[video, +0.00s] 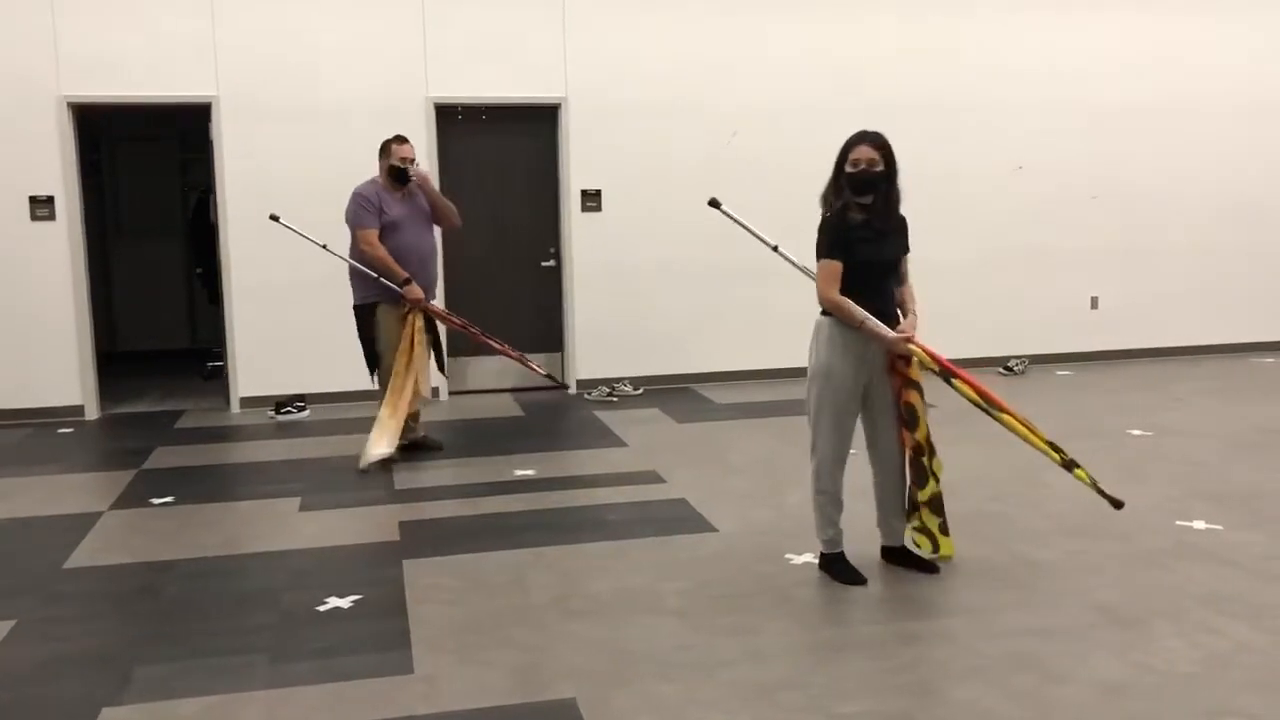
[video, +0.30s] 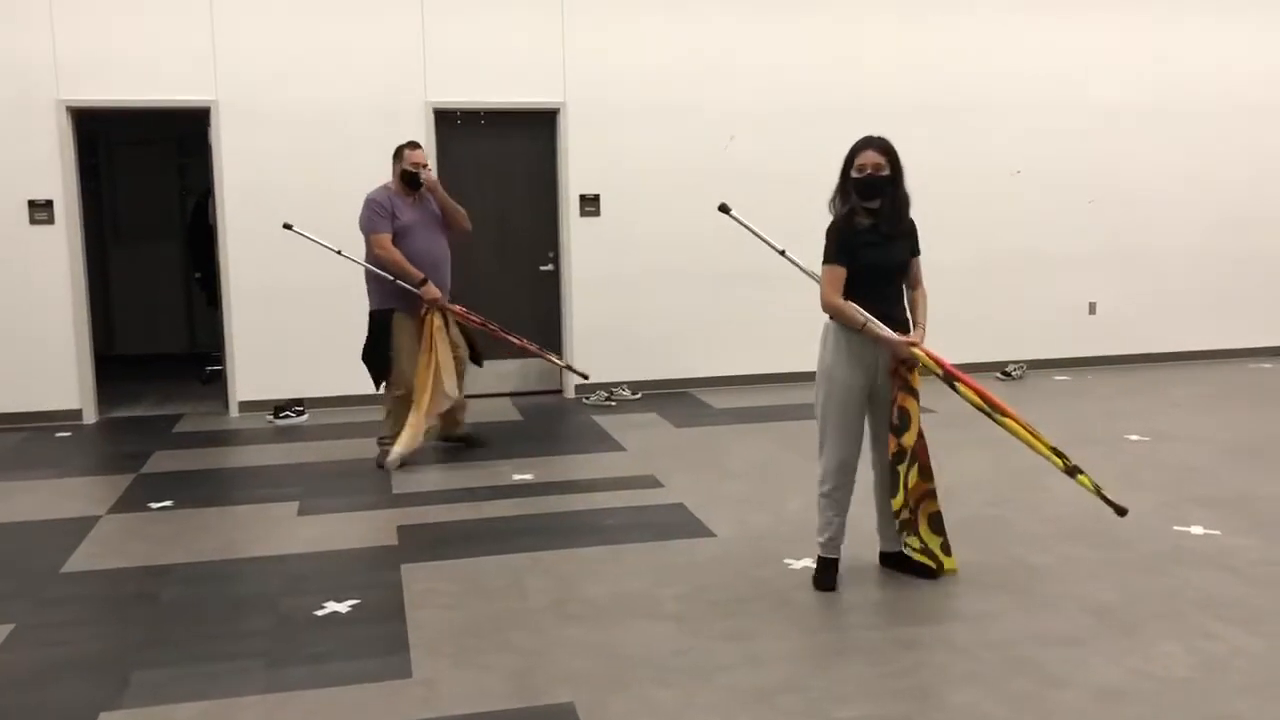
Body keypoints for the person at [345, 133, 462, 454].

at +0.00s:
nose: (408, 168)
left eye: (411, 162)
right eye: (401, 162)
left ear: (415, 164)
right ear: (383, 162)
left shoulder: (420, 193)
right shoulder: (366, 195)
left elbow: (452, 222)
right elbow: (367, 247)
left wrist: (430, 190)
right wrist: (406, 281)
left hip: (416, 295)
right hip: (379, 298)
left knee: (415, 365)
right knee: (391, 367)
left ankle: (410, 431)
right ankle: (391, 437)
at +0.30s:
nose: (420, 172)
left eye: (424, 167)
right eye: (413, 167)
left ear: (428, 168)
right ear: (397, 167)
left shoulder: (431, 198)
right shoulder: (379, 201)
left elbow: (464, 226)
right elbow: (381, 250)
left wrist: (438, 191)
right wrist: (422, 283)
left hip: (436, 301)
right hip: (396, 306)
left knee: (457, 359)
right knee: (402, 380)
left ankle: (451, 427)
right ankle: (391, 444)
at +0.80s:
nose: (466, 181)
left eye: (470, 176)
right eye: (461, 176)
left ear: (475, 175)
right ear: (447, 173)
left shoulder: (480, 201)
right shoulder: (429, 203)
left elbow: (511, 228)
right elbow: (429, 250)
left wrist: (487, 196)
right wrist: (465, 281)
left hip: (483, 299)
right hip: (446, 301)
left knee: (481, 367)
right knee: (437, 370)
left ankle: (475, 429)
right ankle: (417, 440)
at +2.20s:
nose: (479, 133)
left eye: (480, 128)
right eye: (472, 128)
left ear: (479, 133)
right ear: (454, 132)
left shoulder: (475, 162)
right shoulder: (436, 165)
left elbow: (483, 206)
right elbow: (436, 216)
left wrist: (497, 236)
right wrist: (477, 246)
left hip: (479, 264)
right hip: (444, 267)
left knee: (479, 333)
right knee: (437, 338)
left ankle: (479, 393)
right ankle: (409, 401)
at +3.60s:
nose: (435, 108)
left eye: (437, 105)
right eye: (426, 106)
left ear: (441, 117)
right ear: (411, 119)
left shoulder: (445, 149)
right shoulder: (400, 152)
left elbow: (449, 197)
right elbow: (397, 203)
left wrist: (458, 239)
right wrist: (440, 233)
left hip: (447, 251)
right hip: (411, 255)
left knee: (454, 321)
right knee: (406, 327)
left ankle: (459, 382)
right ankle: (388, 392)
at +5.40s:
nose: (441, 118)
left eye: (444, 114)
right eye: (433, 115)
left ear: (449, 122)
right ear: (419, 126)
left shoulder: (453, 155)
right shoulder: (412, 157)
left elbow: (471, 194)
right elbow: (422, 208)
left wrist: (479, 193)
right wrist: (468, 232)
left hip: (456, 255)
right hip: (419, 258)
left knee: (460, 324)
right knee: (415, 331)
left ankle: (468, 383)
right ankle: (398, 394)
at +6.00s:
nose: (452, 133)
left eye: (455, 129)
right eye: (445, 129)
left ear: (460, 133)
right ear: (430, 134)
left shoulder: (461, 165)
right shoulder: (418, 166)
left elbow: (485, 207)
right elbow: (423, 214)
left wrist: (482, 183)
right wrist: (465, 242)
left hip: (463, 265)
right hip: (426, 268)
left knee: (469, 334)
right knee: (421, 340)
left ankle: (474, 395)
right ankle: (403, 403)